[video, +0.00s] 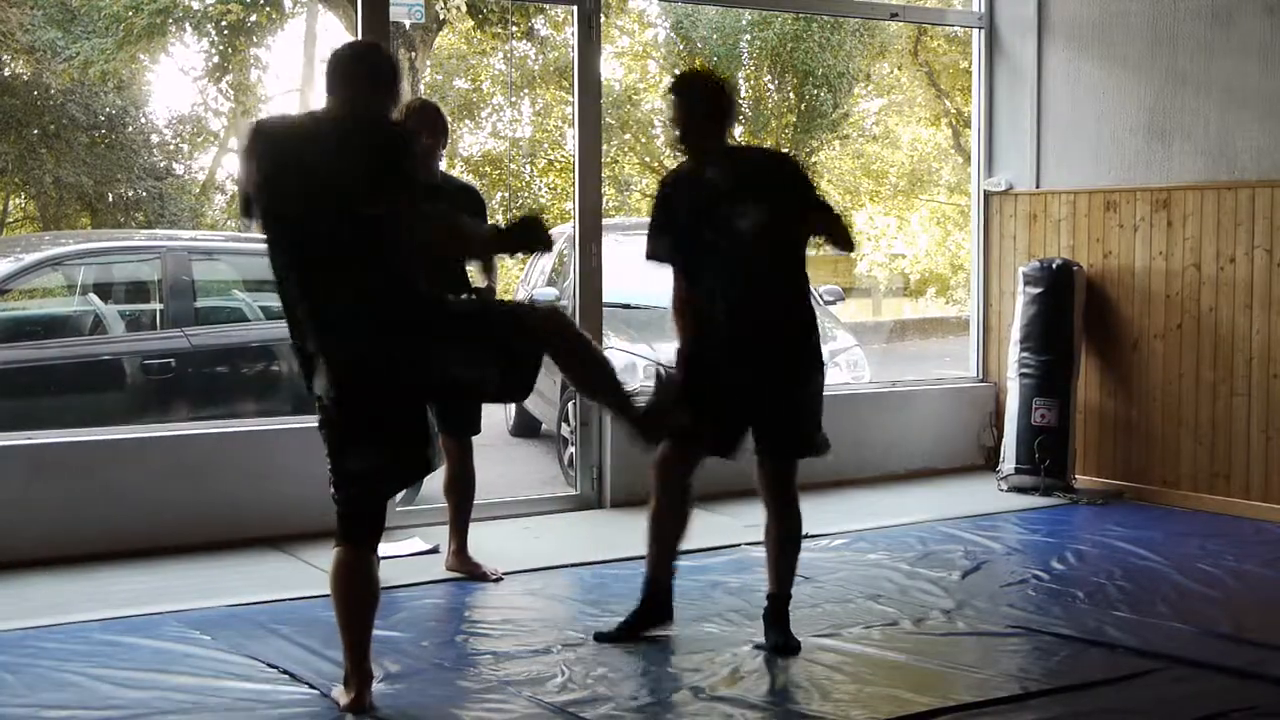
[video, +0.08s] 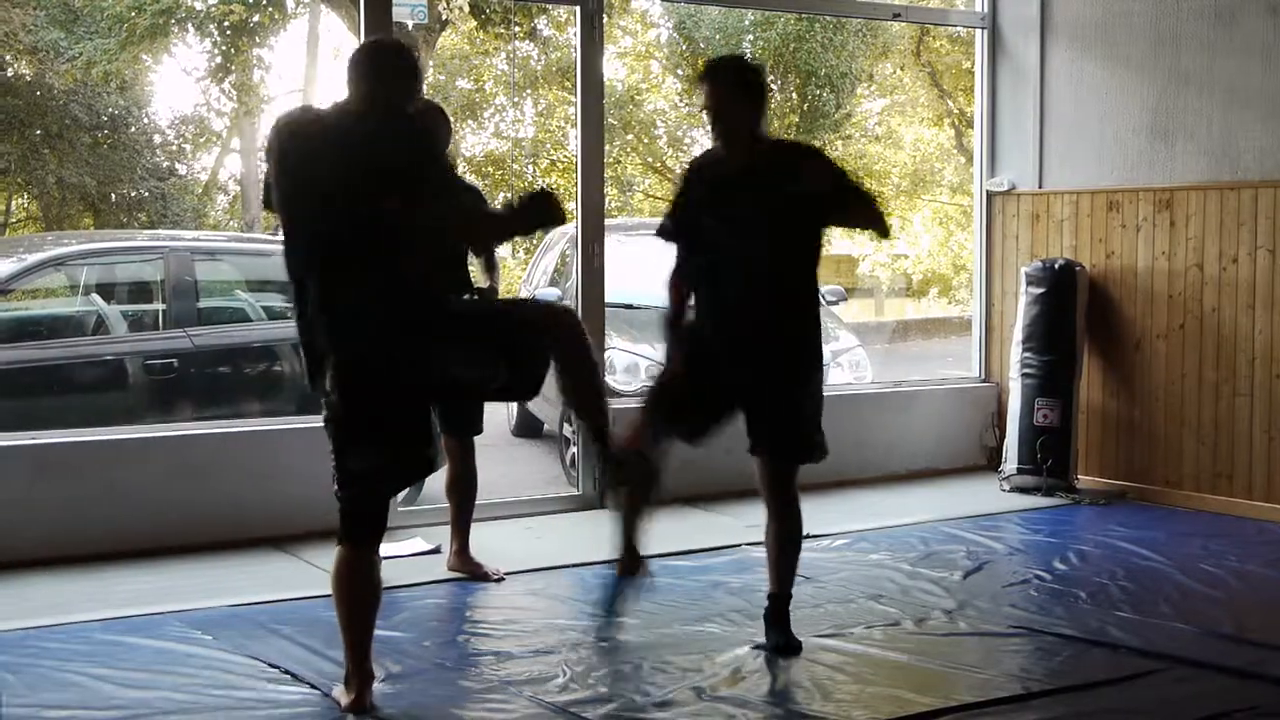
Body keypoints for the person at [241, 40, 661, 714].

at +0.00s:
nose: (428, 140)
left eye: (435, 133)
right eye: (421, 129)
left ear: (326, 89)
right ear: (390, 107)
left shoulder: (271, 140)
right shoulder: (391, 165)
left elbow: (252, 210)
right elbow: (459, 241)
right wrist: (509, 238)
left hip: (348, 359)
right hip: (425, 337)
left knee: (356, 537)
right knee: (550, 326)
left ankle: (357, 682)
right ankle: (637, 420)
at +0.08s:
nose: (420, 101)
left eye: (414, 89)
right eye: (418, 89)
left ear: (350, 84)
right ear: (411, 89)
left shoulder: (298, 139)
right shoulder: (417, 144)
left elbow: (279, 210)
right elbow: (481, 228)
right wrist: (539, 209)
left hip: (353, 357)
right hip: (435, 337)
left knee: (359, 533)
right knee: (560, 327)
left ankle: (358, 682)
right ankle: (608, 455)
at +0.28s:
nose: (456, 106)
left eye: (454, 95)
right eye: (453, 95)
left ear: (388, 90)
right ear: (444, 94)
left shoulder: (338, 152)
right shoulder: (458, 146)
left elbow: (298, 224)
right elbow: (510, 226)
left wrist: (359, 186)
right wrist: (534, 178)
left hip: (375, 367)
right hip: (460, 359)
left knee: (351, 509)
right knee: (553, 477)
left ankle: (359, 654)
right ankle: (579, 661)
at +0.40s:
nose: (472, 143)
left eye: (470, 133)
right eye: (471, 132)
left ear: (407, 128)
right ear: (463, 132)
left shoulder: (355, 190)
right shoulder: (482, 185)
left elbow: (302, 269)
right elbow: (551, 256)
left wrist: (355, 231)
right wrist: (562, 195)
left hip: (392, 398)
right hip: (479, 396)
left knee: (376, 524)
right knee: (566, 508)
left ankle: (379, 661)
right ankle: (602, 674)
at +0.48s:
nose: (476, 143)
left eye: (476, 133)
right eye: (474, 132)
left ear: (408, 122)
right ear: (461, 128)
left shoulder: (342, 182)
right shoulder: (468, 174)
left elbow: (301, 265)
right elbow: (526, 253)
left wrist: (369, 249)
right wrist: (544, 205)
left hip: (379, 385)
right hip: (463, 382)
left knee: (393, 527)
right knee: (534, 522)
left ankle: (399, 671)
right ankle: (608, 657)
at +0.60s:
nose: (463, 116)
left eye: (458, 104)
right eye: (461, 104)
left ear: (400, 93)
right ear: (449, 103)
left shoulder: (334, 147)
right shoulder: (457, 160)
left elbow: (276, 226)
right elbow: (516, 231)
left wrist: (342, 217)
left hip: (339, 352)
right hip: (424, 352)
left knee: (357, 505)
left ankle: (386, 658)